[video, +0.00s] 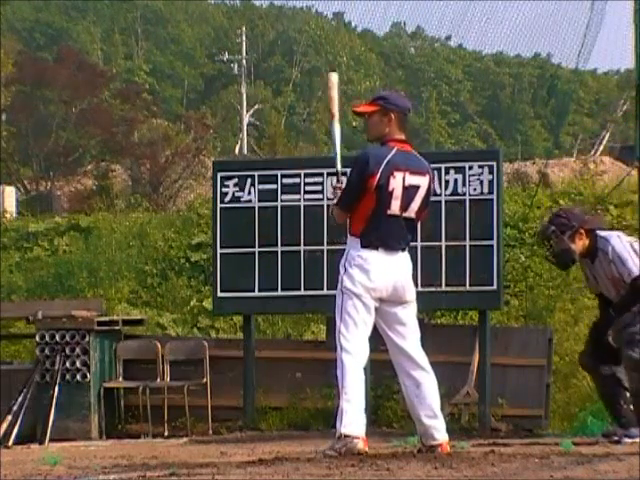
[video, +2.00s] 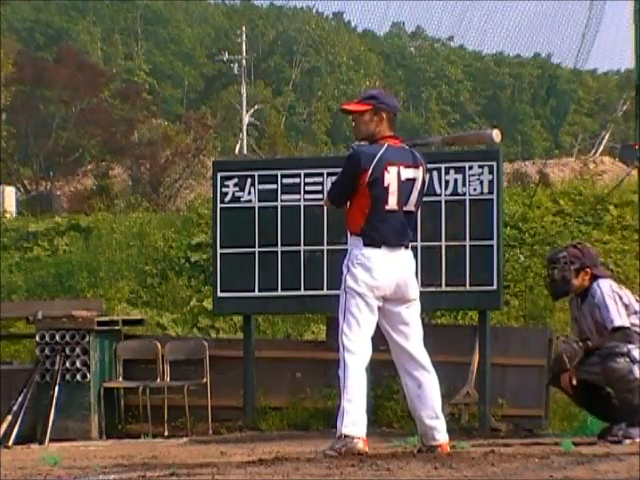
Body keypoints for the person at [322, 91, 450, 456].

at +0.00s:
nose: (366, 122)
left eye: (371, 116)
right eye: (367, 116)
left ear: (390, 118)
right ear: (396, 120)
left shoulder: (369, 158)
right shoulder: (423, 167)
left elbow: (341, 211)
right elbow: (416, 218)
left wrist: (336, 204)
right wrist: (361, 211)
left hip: (363, 262)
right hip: (400, 263)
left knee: (352, 349)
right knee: (410, 352)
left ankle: (352, 434)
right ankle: (436, 437)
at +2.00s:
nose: (354, 123)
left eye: (359, 117)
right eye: (354, 117)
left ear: (380, 119)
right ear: (384, 121)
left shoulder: (363, 155)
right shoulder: (416, 159)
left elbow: (335, 199)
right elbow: (405, 203)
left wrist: (357, 171)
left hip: (367, 261)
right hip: (403, 261)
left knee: (354, 349)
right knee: (413, 352)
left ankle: (352, 435)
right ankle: (436, 437)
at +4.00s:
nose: (358, 121)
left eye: (364, 116)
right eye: (360, 116)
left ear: (382, 118)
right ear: (391, 119)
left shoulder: (365, 154)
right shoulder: (424, 155)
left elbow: (338, 190)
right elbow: (433, 175)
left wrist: (366, 162)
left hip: (379, 257)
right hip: (416, 259)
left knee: (350, 345)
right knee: (412, 353)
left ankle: (347, 427)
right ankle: (435, 437)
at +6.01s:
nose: (354, 124)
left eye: (359, 118)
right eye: (355, 118)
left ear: (377, 121)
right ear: (389, 123)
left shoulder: (357, 154)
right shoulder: (419, 159)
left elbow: (339, 191)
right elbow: (424, 199)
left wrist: (373, 158)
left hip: (376, 260)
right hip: (414, 261)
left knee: (351, 348)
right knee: (417, 353)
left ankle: (344, 432)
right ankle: (442, 435)